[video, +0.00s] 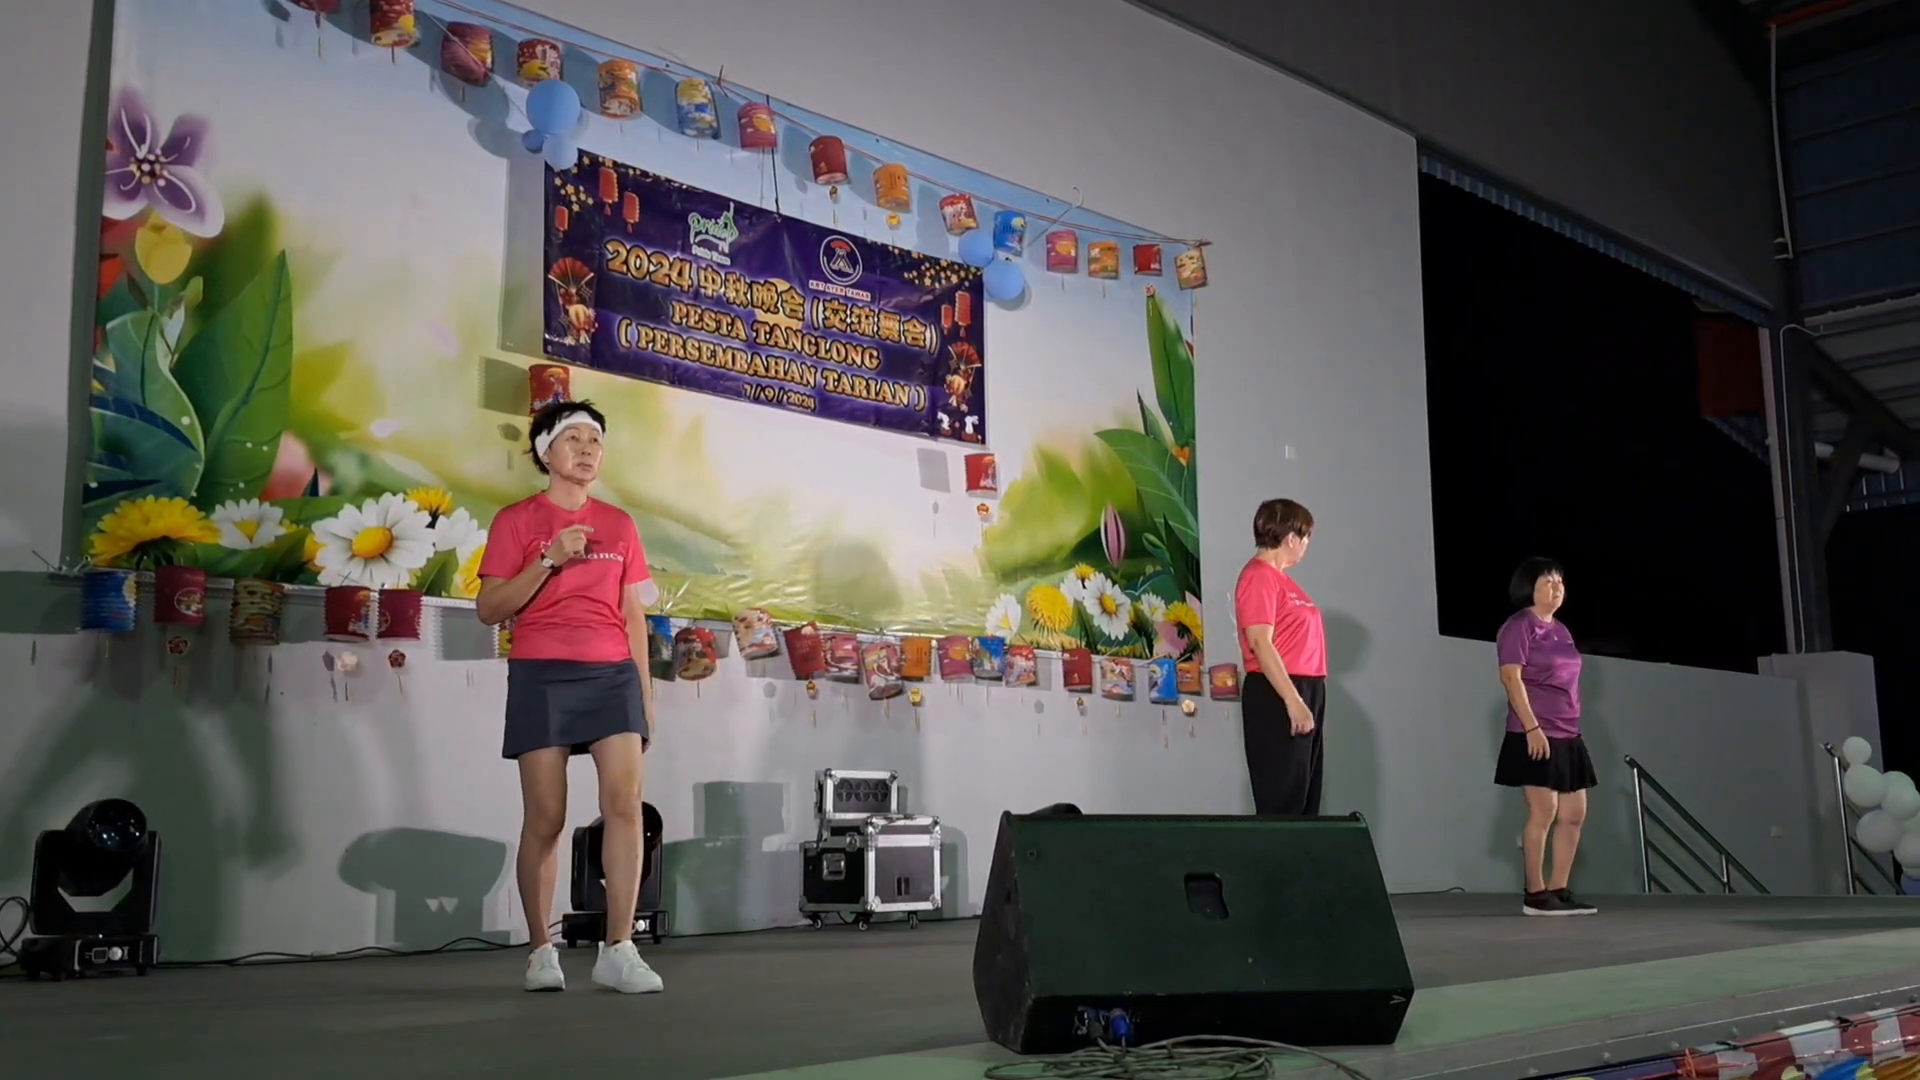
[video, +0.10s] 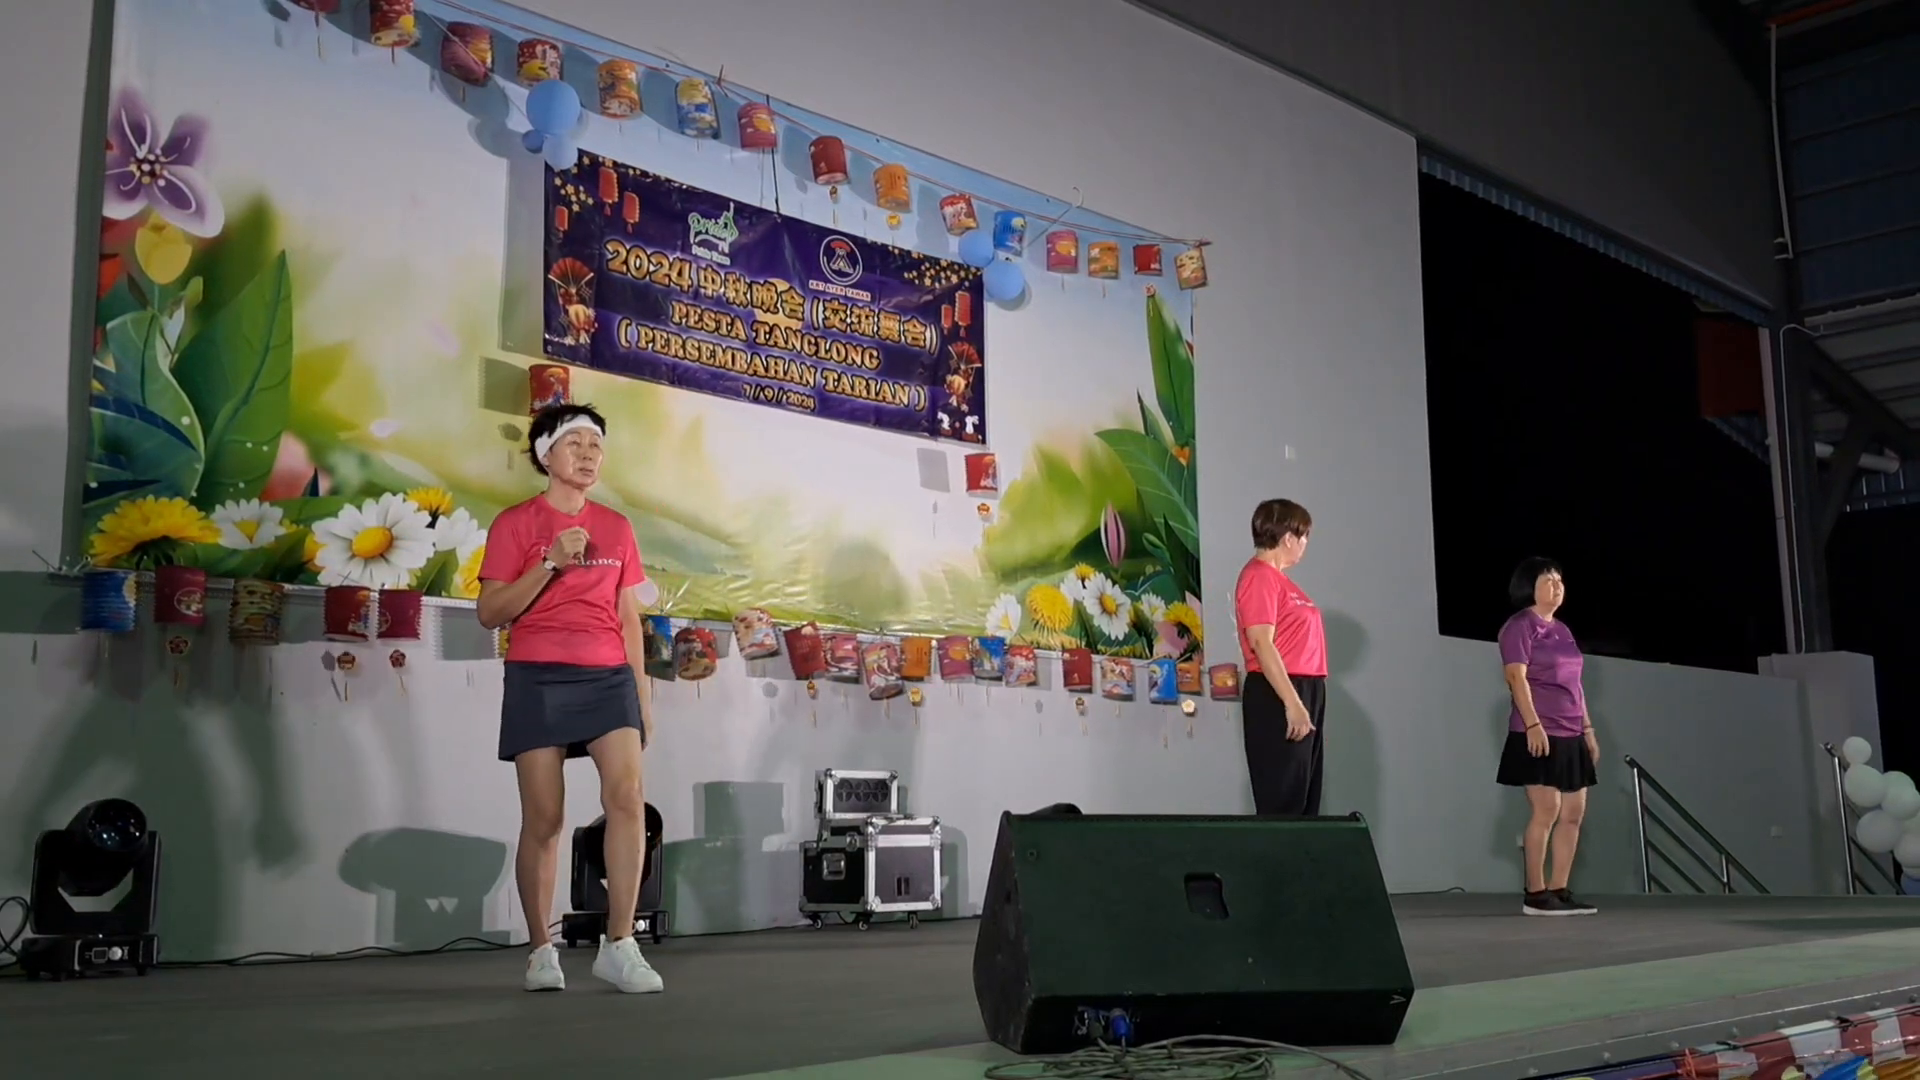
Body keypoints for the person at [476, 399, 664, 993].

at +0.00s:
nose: (586, 450)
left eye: (594, 442)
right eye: (573, 440)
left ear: (603, 455)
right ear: (545, 451)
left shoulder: (618, 524)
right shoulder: (516, 520)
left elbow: (634, 616)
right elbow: (491, 608)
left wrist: (643, 695)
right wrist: (548, 561)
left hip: (614, 677)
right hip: (541, 678)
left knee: (625, 804)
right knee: (545, 819)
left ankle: (618, 947)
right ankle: (543, 947)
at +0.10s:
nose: (587, 453)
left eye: (595, 444)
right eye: (574, 443)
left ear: (603, 456)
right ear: (545, 455)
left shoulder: (616, 527)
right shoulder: (515, 523)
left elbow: (630, 619)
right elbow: (491, 612)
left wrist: (641, 695)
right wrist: (549, 564)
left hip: (609, 679)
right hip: (537, 679)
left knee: (627, 796)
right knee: (544, 818)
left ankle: (619, 942)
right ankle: (543, 947)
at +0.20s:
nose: (587, 459)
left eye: (595, 450)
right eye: (574, 448)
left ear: (603, 462)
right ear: (546, 458)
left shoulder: (614, 530)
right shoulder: (515, 528)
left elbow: (625, 622)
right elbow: (494, 618)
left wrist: (635, 698)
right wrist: (553, 568)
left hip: (606, 682)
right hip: (534, 682)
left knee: (627, 790)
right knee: (544, 817)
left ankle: (620, 937)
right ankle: (542, 948)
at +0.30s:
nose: (588, 461)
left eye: (595, 452)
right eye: (575, 450)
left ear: (602, 462)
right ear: (545, 459)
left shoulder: (613, 529)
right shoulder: (515, 529)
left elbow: (624, 619)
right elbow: (501, 617)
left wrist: (629, 688)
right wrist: (559, 567)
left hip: (604, 681)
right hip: (534, 681)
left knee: (627, 789)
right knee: (544, 819)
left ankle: (621, 934)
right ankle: (542, 947)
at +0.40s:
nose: (589, 457)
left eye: (595, 447)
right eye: (576, 446)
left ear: (602, 457)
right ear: (545, 456)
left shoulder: (613, 526)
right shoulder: (518, 523)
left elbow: (624, 613)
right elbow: (508, 612)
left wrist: (630, 678)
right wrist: (569, 562)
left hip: (606, 679)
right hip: (536, 679)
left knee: (630, 789)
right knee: (542, 817)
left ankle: (622, 935)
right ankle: (542, 947)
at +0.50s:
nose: (590, 450)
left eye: (596, 442)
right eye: (577, 440)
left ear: (602, 454)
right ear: (546, 451)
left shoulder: (617, 522)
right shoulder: (522, 517)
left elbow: (627, 610)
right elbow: (517, 603)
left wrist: (630, 675)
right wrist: (582, 562)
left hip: (609, 677)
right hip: (540, 677)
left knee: (630, 794)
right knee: (540, 815)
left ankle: (620, 941)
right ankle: (542, 948)